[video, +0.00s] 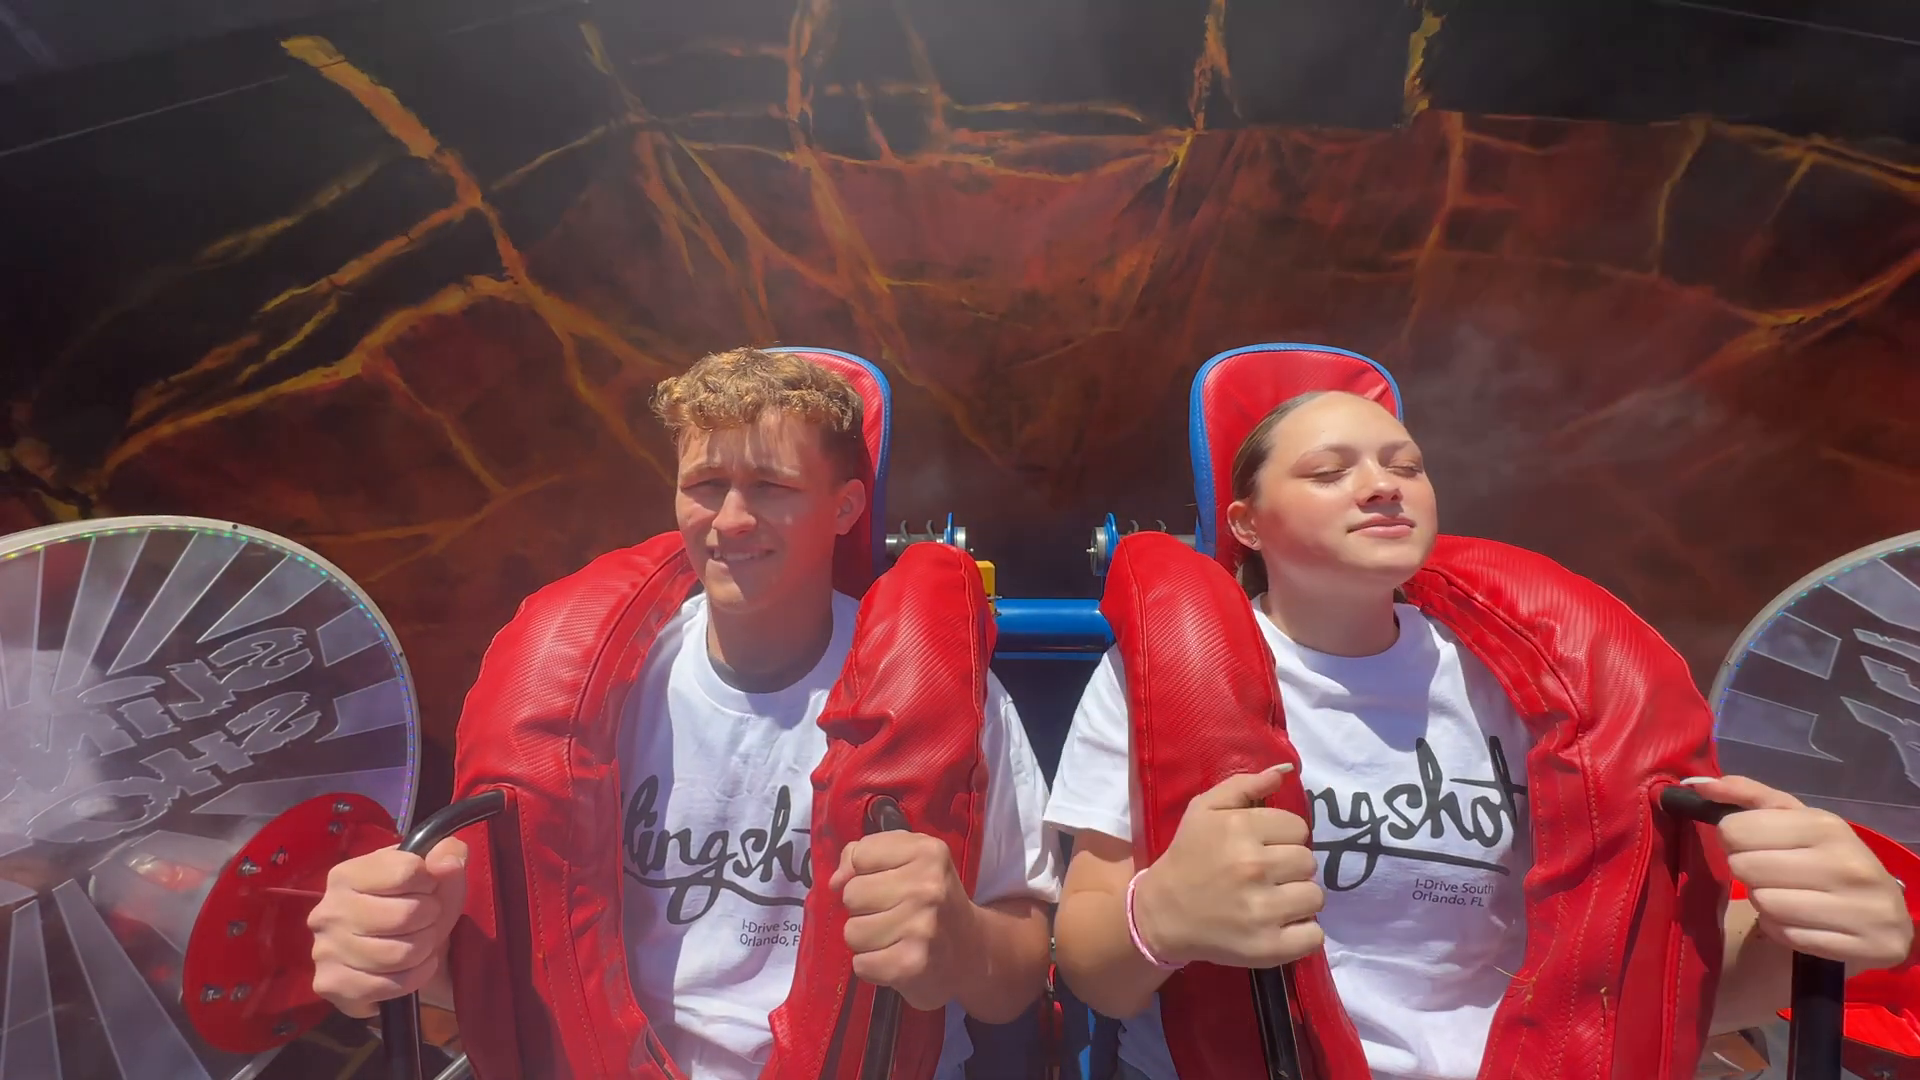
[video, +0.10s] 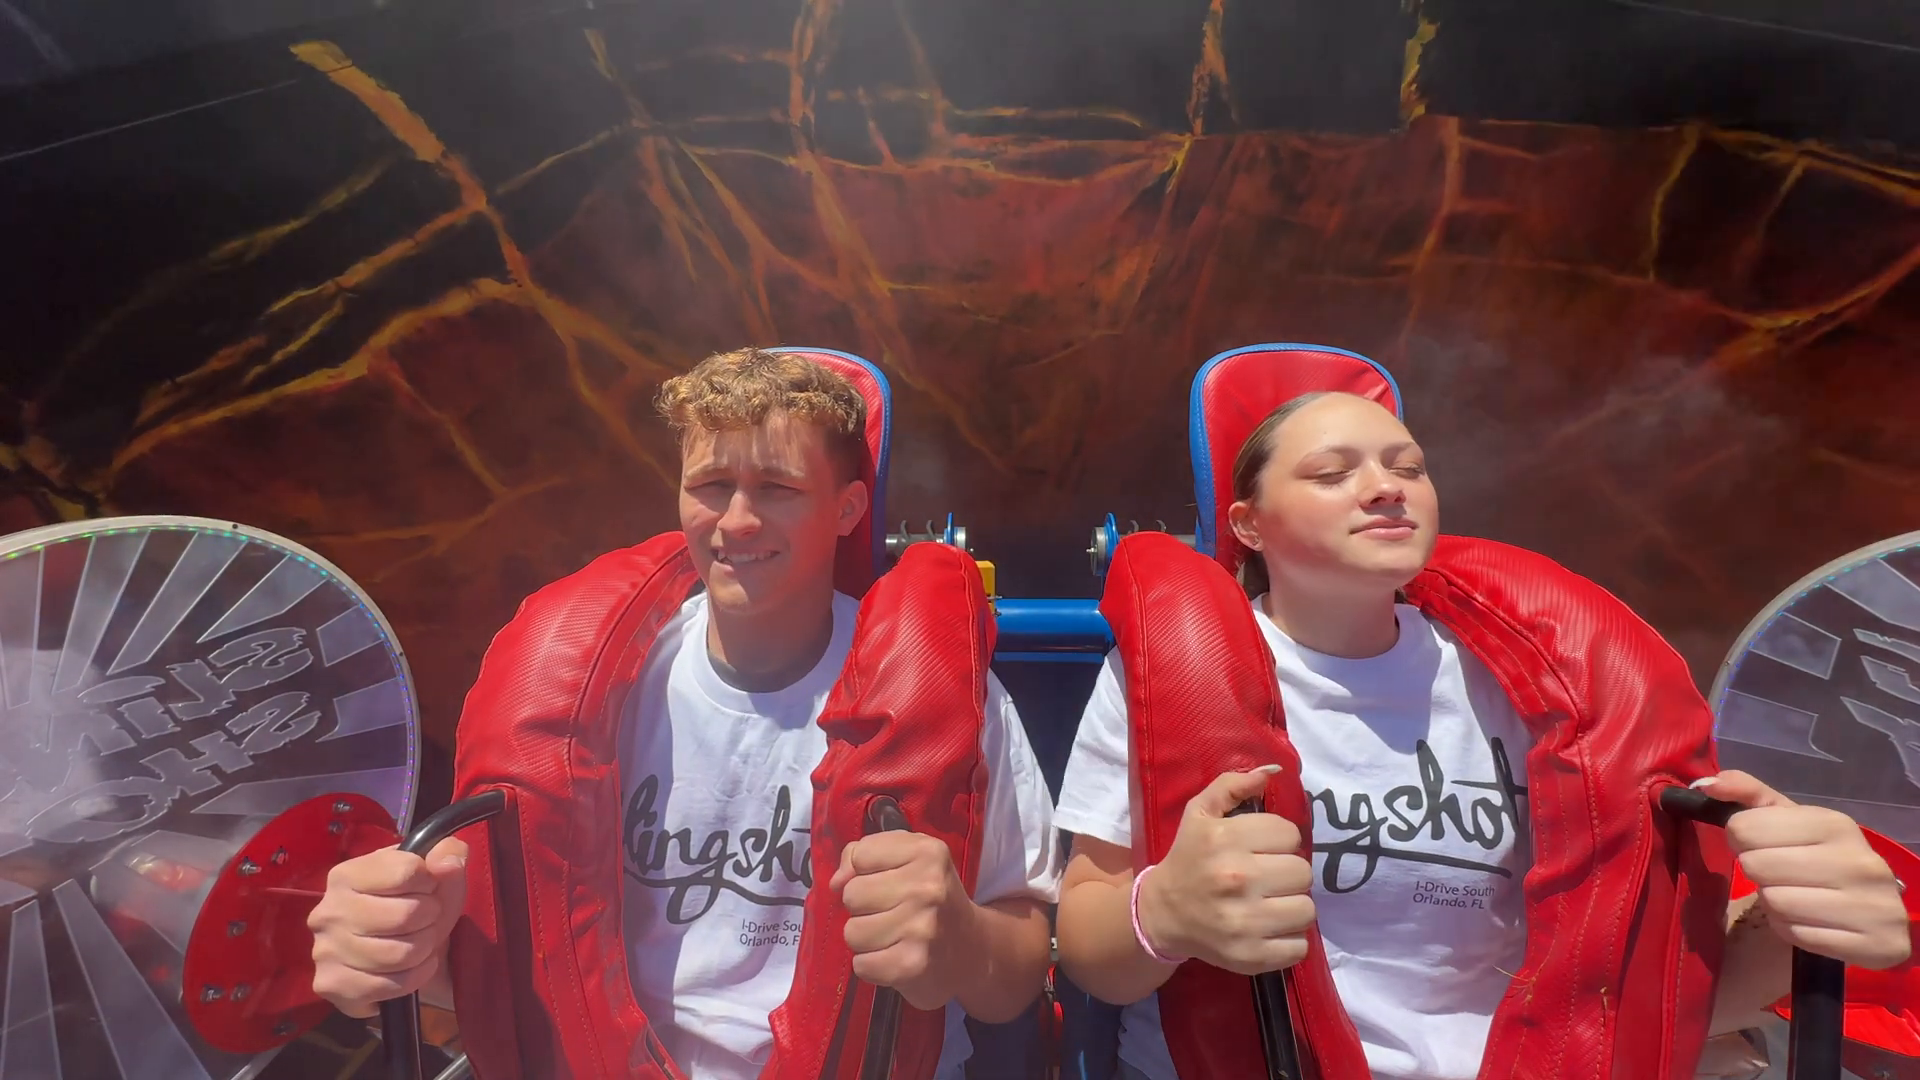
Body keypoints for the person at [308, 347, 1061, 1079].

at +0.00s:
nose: (732, 520)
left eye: (771, 488)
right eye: (707, 487)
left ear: (848, 505)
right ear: (675, 493)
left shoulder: (938, 694)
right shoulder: (582, 672)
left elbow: (1025, 968)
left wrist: (965, 945)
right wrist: (414, 948)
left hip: (831, 1063)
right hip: (610, 1057)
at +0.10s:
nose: (737, 522)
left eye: (777, 490)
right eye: (712, 487)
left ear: (849, 506)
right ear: (679, 491)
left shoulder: (937, 690)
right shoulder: (583, 671)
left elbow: (1022, 973)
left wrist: (964, 944)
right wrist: (412, 947)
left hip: (833, 1063)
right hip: (612, 1057)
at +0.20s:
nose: (736, 523)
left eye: (776, 490)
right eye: (711, 487)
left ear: (850, 506)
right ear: (679, 491)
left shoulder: (937, 690)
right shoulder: (583, 670)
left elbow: (1023, 974)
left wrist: (963, 944)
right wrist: (412, 945)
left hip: (833, 1063)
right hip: (613, 1057)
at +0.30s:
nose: (733, 524)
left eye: (774, 491)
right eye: (709, 488)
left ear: (849, 506)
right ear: (678, 491)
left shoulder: (937, 689)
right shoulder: (583, 670)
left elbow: (1023, 972)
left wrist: (964, 944)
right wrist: (410, 945)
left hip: (833, 1063)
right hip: (615, 1057)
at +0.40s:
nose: (735, 525)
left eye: (775, 491)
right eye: (711, 488)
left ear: (850, 506)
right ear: (678, 489)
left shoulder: (935, 688)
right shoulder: (583, 670)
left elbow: (1024, 970)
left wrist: (964, 944)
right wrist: (410, 945)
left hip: (833, 1062)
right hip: (613, 1057)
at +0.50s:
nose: (736, 525)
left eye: (775, 491)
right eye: (712, 488)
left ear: (849, 507)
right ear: (679, 491)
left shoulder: (936, 692)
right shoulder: (582, 672)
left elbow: (1024, 968)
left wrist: (967, 945)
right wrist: (404, 941)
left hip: (828, 1064)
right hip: (610, 1059)